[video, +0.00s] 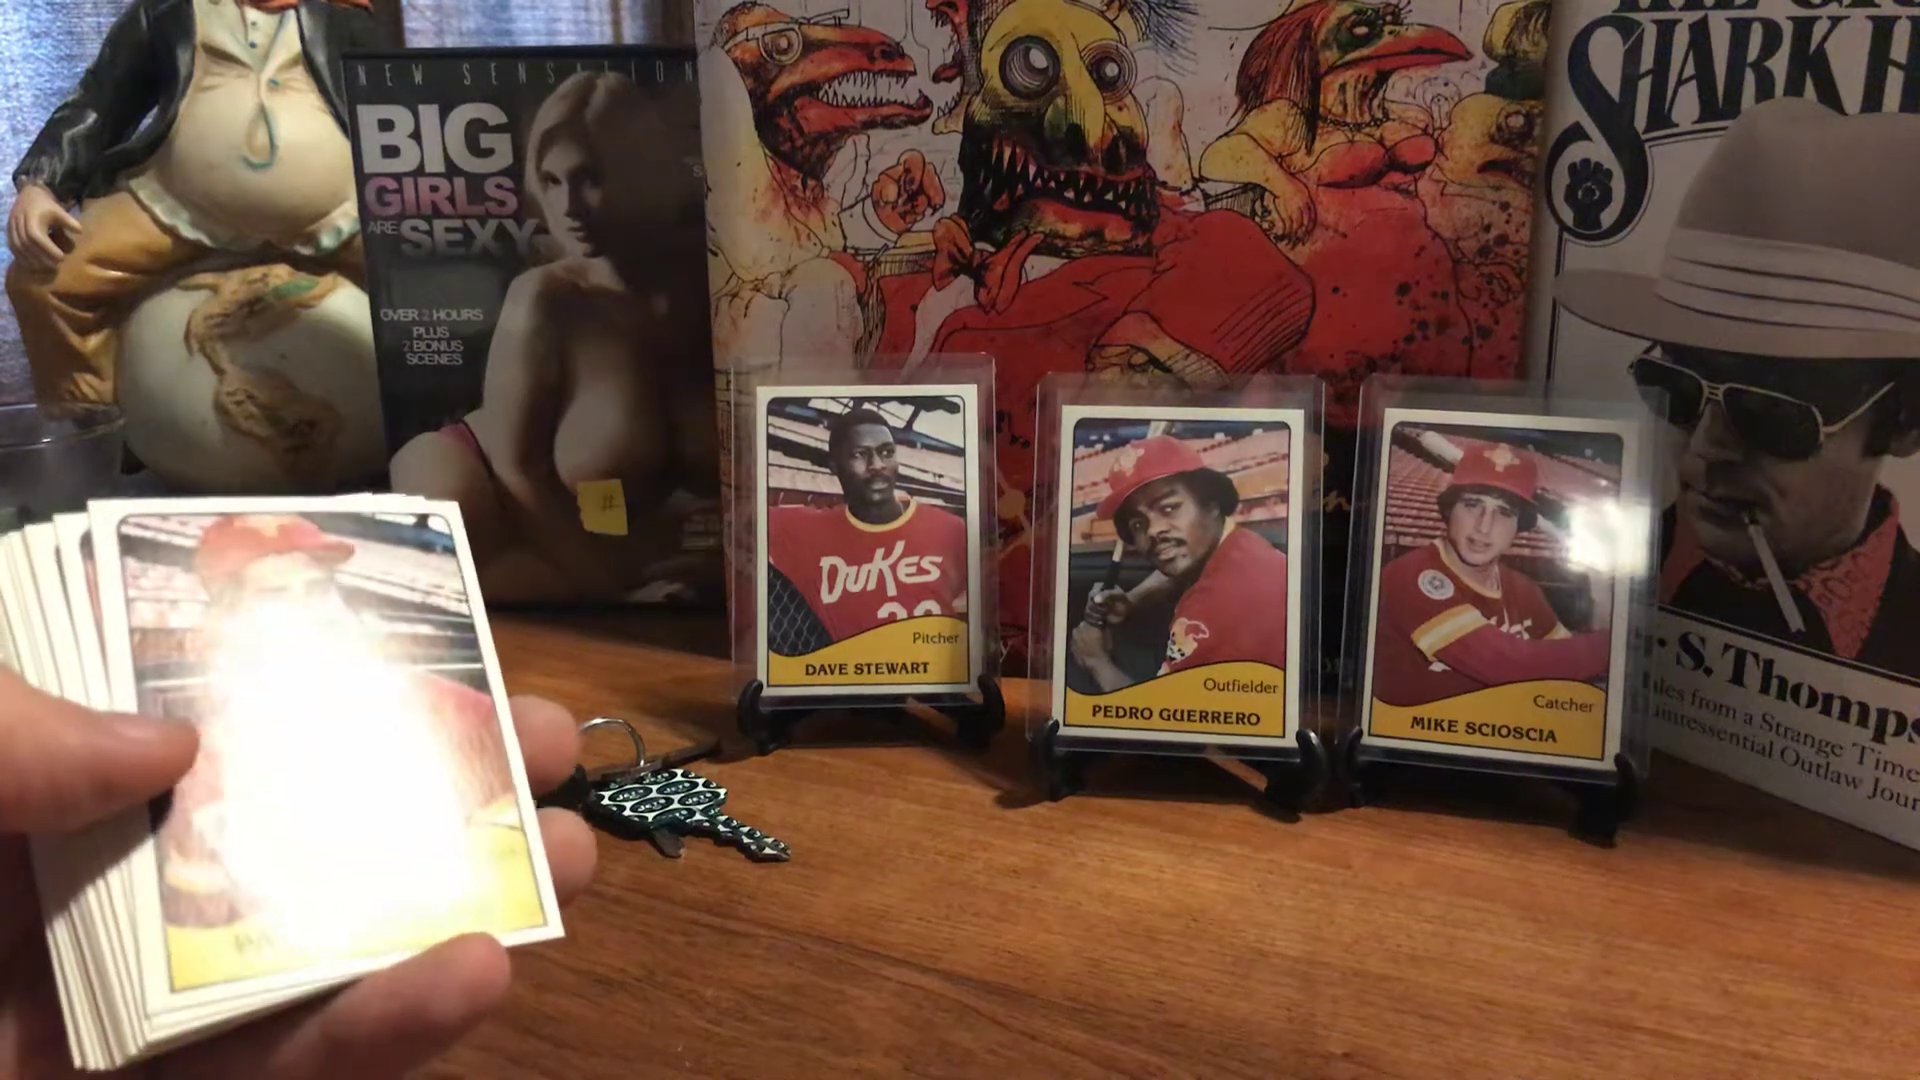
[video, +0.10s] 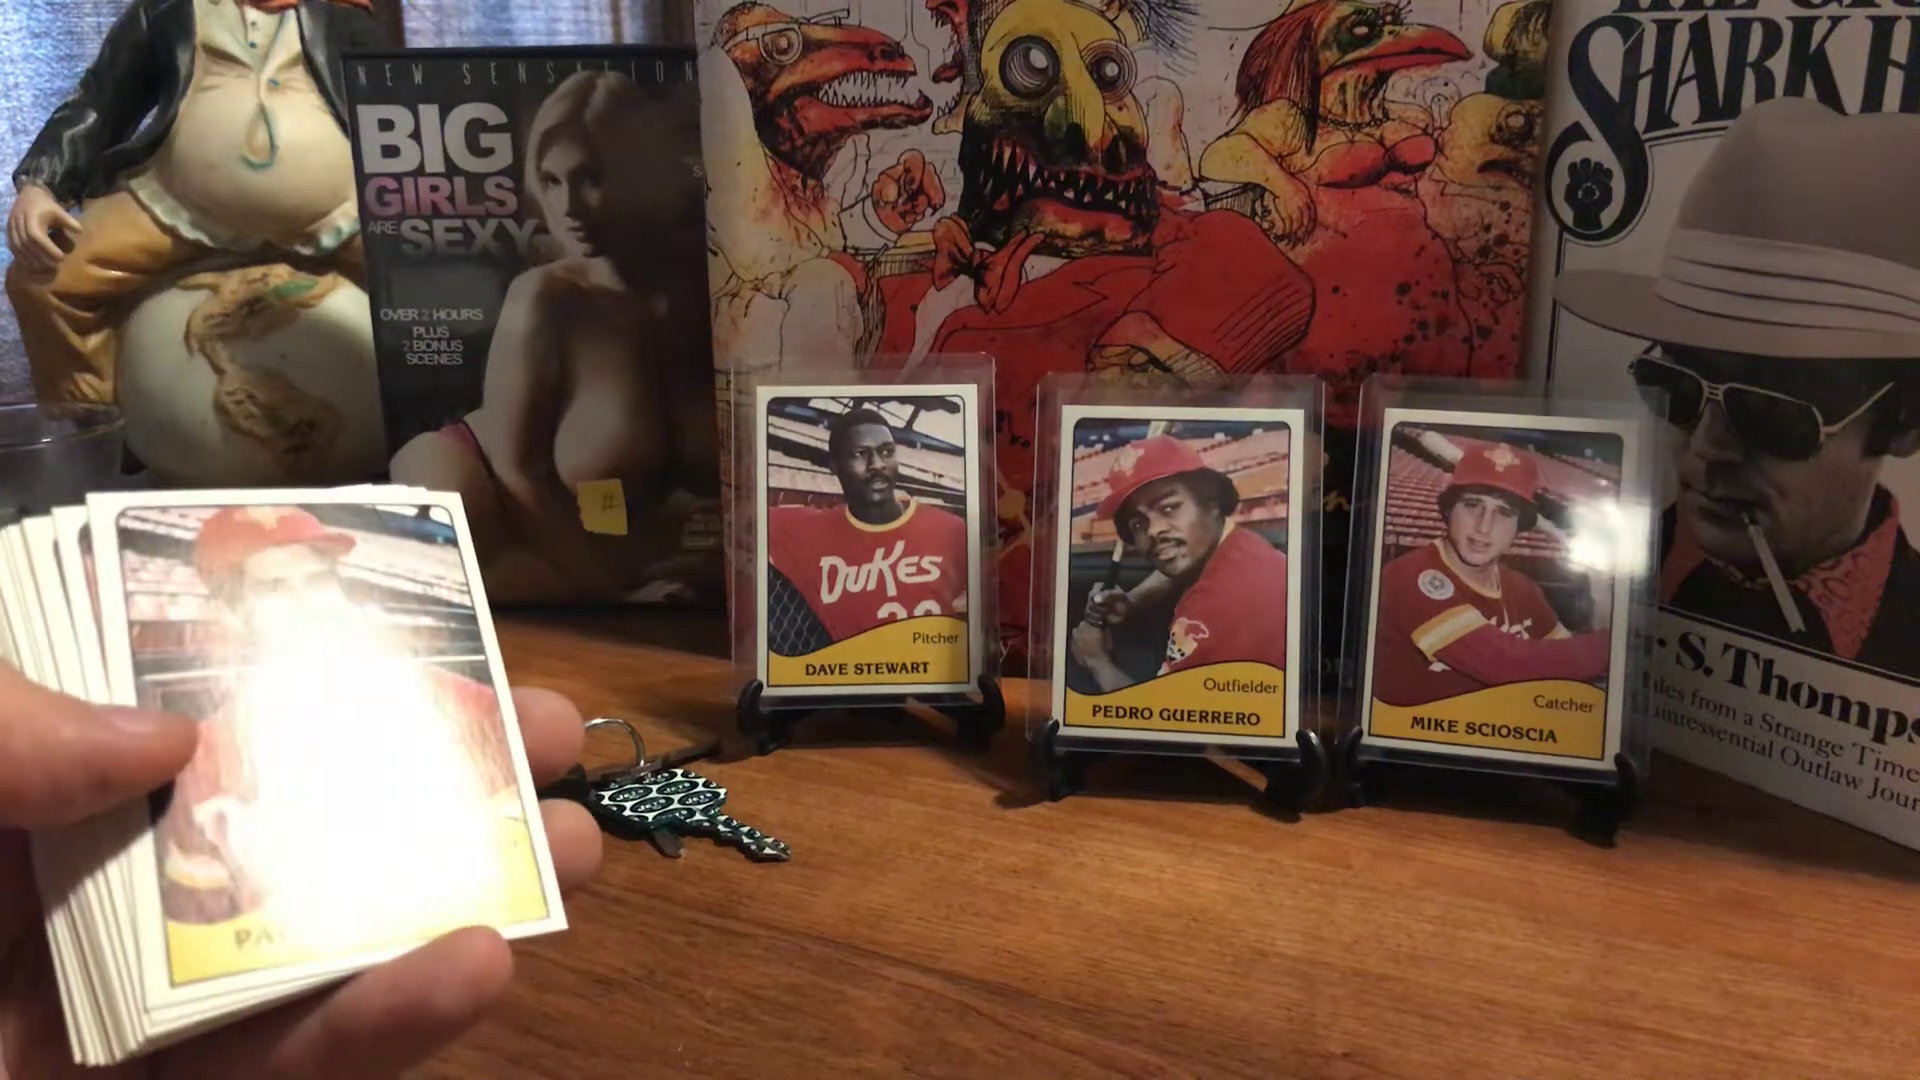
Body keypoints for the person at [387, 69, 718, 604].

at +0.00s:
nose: (570, 205)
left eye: (591, 178)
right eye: (553, 182)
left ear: (643, 177)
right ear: (538, 189)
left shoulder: (687, 295)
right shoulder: (542, 297)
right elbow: (513, 463)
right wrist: (611, 580)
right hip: (475, 464)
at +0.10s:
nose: (569, 205)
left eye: (591, 178)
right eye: (552, 181)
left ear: (641, 177)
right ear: (536, 189)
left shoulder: (683, 296)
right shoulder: (542, 297)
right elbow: (513, 465)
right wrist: (612, 581)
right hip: (477, 466)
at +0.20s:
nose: (569, 204)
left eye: (591, 177)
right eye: (552, 181)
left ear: (640, 176)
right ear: (537, 188)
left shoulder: (684, 294)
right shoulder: (542, 296)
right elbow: (514, 466)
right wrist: (614, 582)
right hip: (476, 465)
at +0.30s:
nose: (570, 205)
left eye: (591, 178)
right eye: (552, 181)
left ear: (640, 177)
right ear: (536, 188)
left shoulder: (685, 294)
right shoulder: (542, 296)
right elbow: (513, 465)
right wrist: (613, 581)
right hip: (479, 464)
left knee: (420, 586)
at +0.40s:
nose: (569, 205)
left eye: (591, 178)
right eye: (552, 181)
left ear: (640, 176)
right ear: (536, 188)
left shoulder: (686, 295)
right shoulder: (542, 296)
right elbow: (513, 465)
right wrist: (613, 580)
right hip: (480, 464)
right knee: (442, 511)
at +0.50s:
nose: (570, 205)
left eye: (591, 178)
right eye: (552, 181)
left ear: (640, 176)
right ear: (536, 188)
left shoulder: (690, 296)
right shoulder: (543, 296)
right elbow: (514, 466)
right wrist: (614, 580)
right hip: (482, 467)